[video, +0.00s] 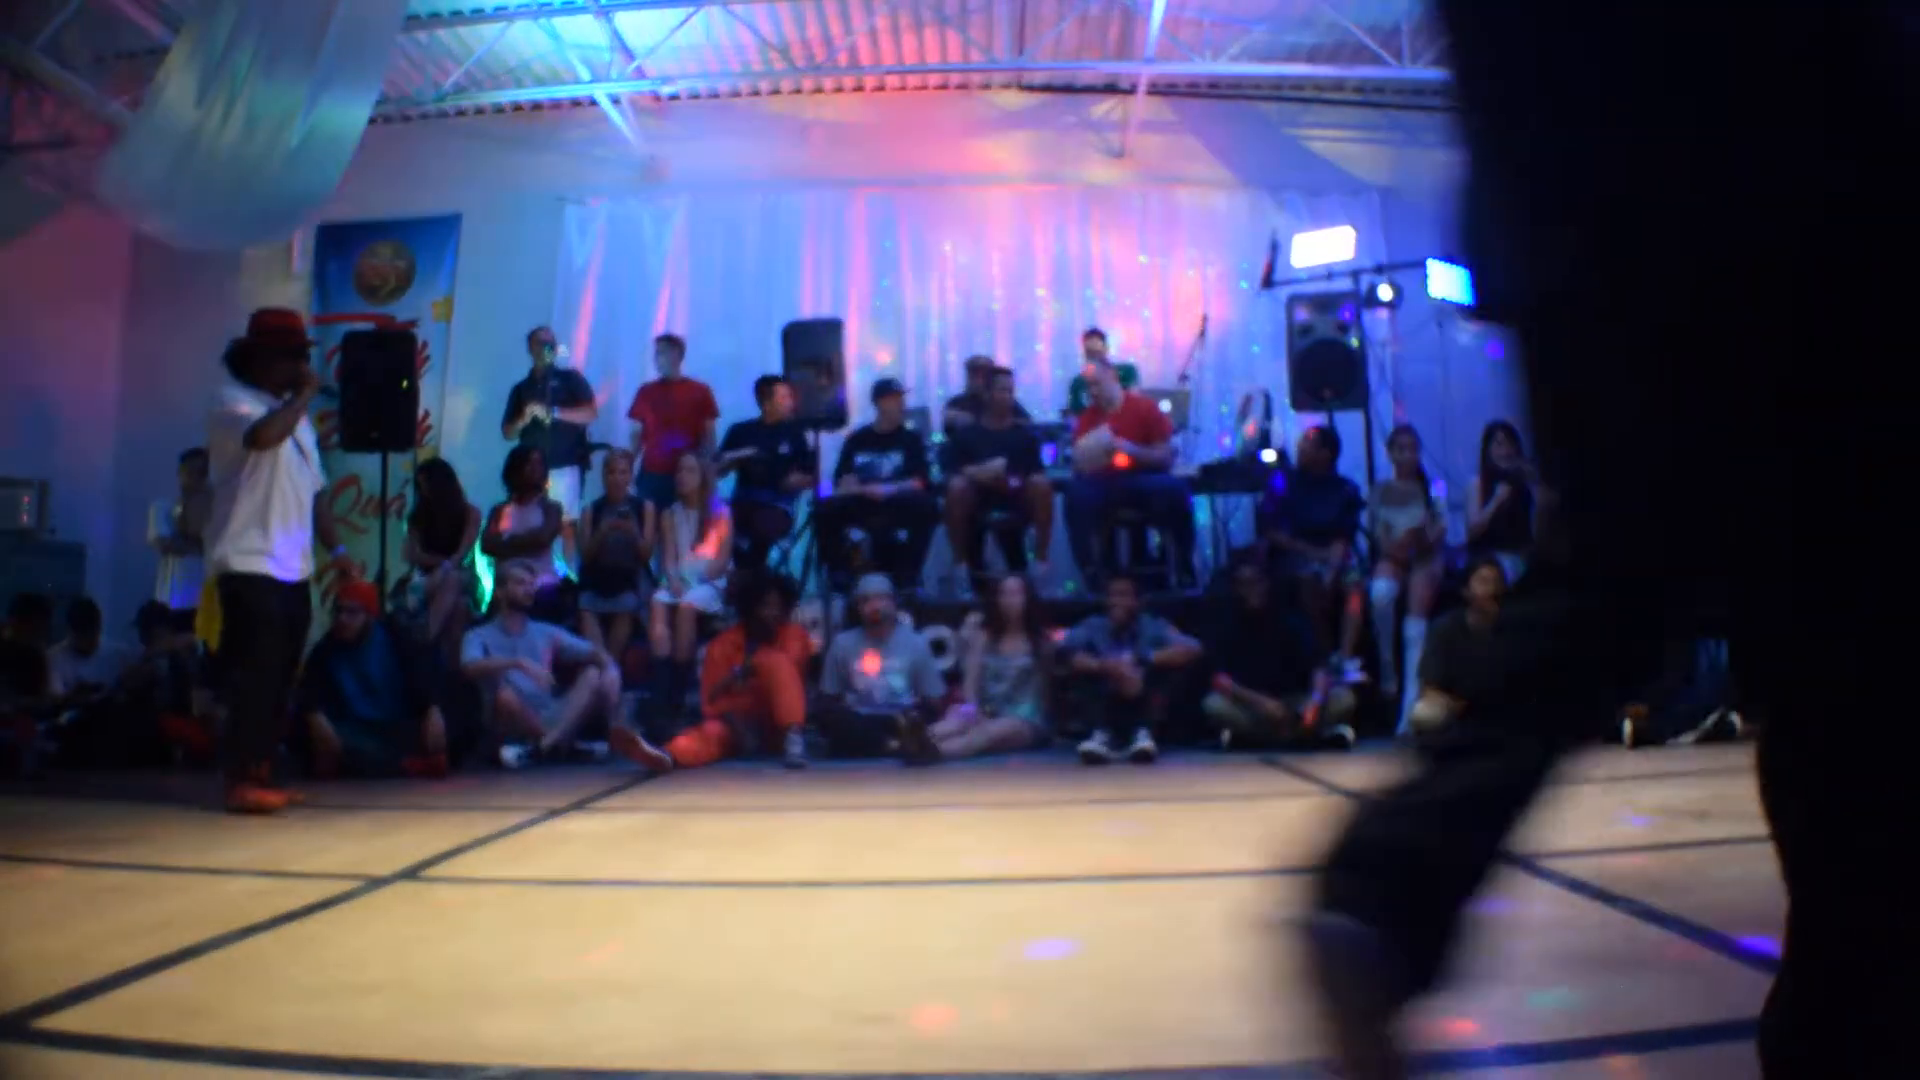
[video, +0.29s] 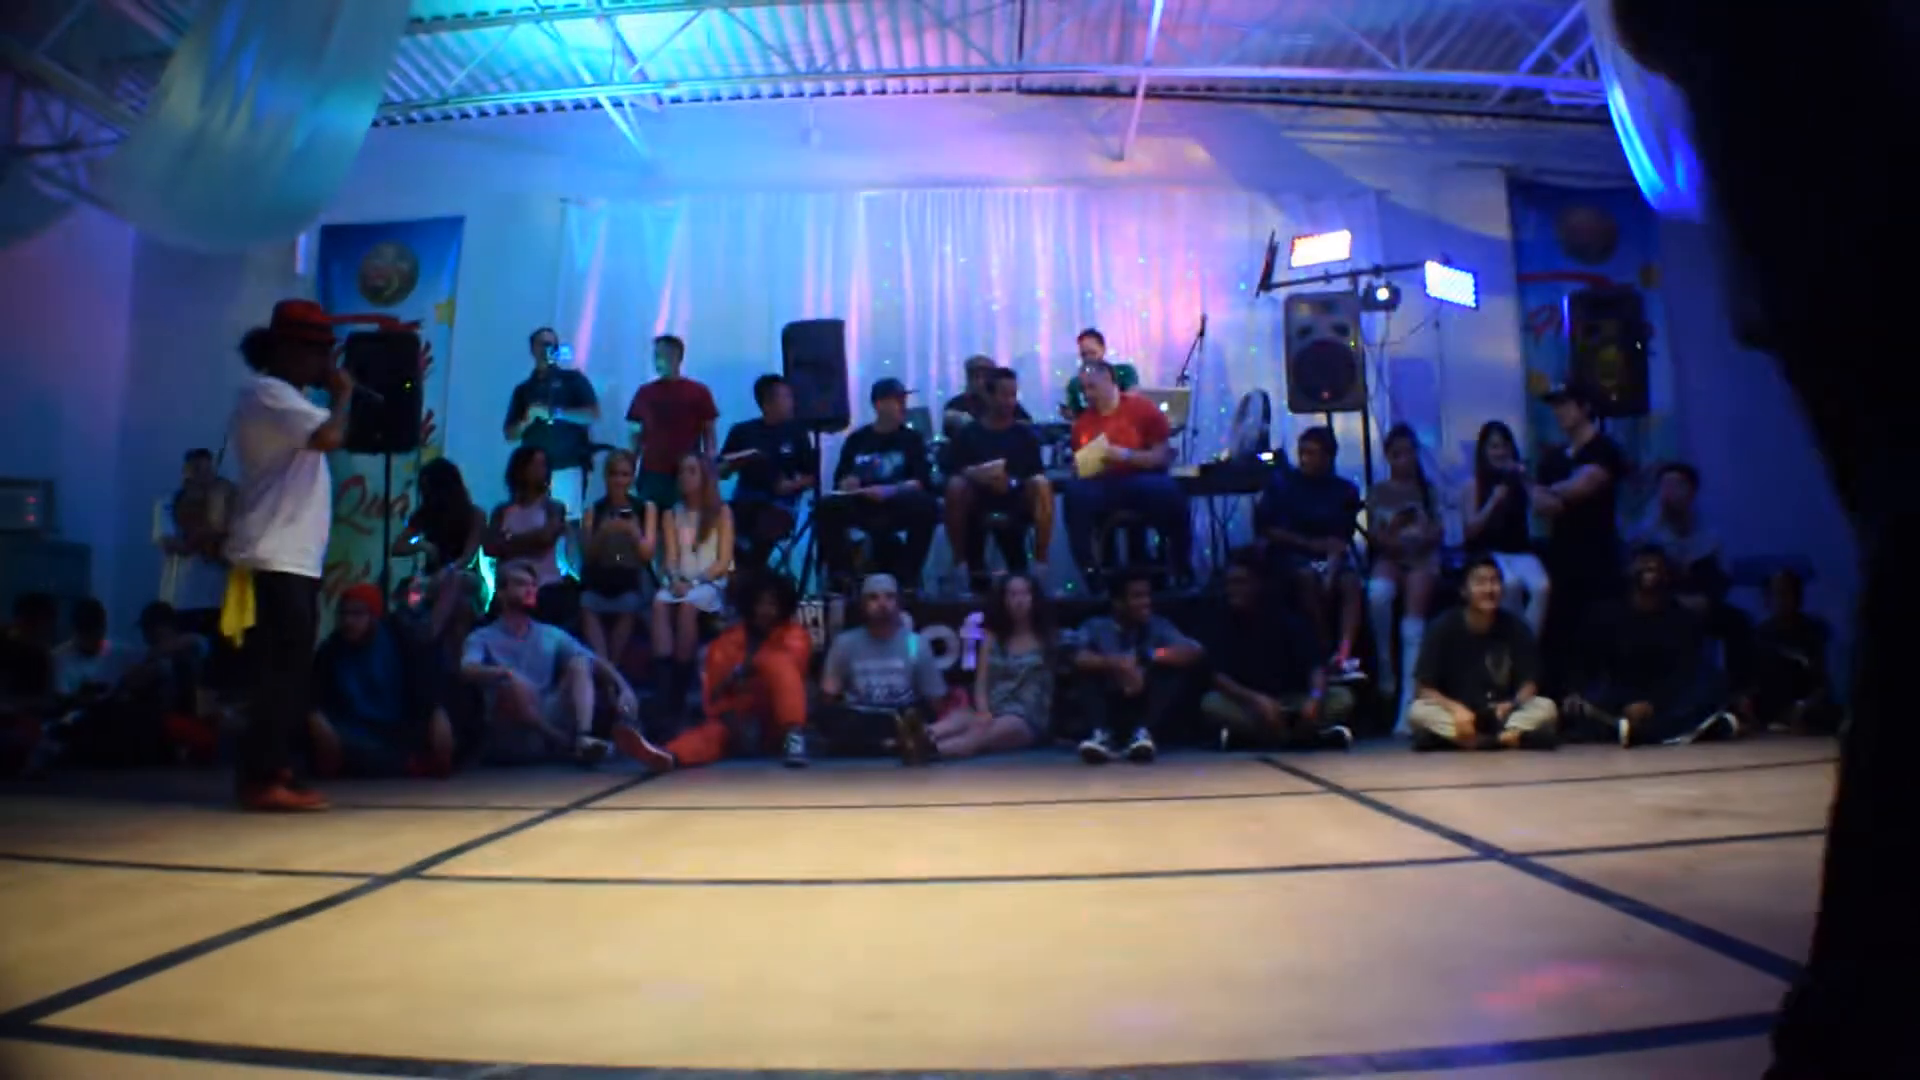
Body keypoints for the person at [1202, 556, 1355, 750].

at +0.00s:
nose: (1252, 590)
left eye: (1257, 583)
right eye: (1245, 584)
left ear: (1267, 584)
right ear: (1236, 588)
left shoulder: (1287, 617)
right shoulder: (1231, 622)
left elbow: (1319, 667)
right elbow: (1219, 678)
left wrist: (1314, 705)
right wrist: (1262, 703)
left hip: (1296, 694)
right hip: (1250, 700)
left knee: (1343, 699)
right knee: (1214, 704)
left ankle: (1252, 737)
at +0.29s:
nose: (1235, 590)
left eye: (1241, 583)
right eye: (1230, 584)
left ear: (1258, 585)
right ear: (1225, 587)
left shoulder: (1282, 617)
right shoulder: (1223, 623)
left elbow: (1315, 665)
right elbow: (1216, 675)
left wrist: (1314, 701)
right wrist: (1256, 701)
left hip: (1291, 692)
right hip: (1245, 699)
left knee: (1341, 698)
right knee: (1212, 703)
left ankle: (1247, 737)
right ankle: (1307, 737)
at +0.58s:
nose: (1231, 592)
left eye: (1238, 584)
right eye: (1228, 585)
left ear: (1257, 585)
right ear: (1224, 586)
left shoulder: (1284, 618)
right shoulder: (1220, 623)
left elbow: (1313, 664)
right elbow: (1215, 675)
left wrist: (1312, 701)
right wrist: (1256, 703)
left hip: (1291, 691)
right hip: (1245, 698)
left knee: (1340, 697)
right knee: (1212, 703)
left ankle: (1245, 735)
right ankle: (1305, 736)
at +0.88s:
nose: (1232, 592)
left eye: (1237, 585)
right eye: (1227, 586)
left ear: (1254, 584)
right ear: (1222, 590)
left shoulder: (1282, 617)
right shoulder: (1223, 626)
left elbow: (1314, 664)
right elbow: (1222, 677)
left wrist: (1312, 698)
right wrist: (1253, 703)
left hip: (1292, 695)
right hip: (1249, 700)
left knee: (1341, 698)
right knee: (1212, 702)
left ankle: (1251, 736)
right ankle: (1307, 737)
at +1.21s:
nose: (1221, 597)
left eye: (1227, 589)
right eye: (1216, 591)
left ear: (1243, 586)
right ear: (1213, 593)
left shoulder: (1269, 614)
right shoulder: (1216, 625)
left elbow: (1310, 657)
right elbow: (1215, 672)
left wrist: (1308, 680)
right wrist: (1249, 682)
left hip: (1289, 689)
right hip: (1250, 694)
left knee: (1338, 691)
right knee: (1213, 693)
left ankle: (1253, 737)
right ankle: (1307, 736)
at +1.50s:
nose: (1218, 593)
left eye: (1223, 586)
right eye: (1213, 588)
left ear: (1239, 585)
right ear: (1209, 591)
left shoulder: (1264, 611)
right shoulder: (1212, 622)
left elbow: (1311, 640)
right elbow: (1213, 663)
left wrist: (1287, 661)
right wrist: (1253, 662)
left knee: (1322, 666)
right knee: (1219, 678)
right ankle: (1298, 732)